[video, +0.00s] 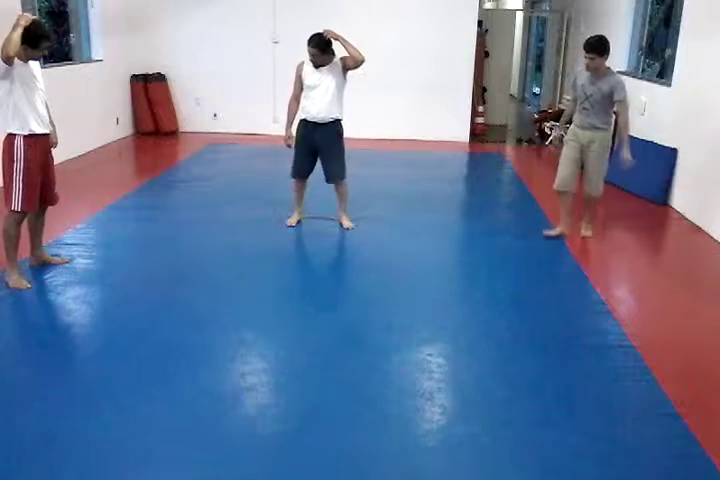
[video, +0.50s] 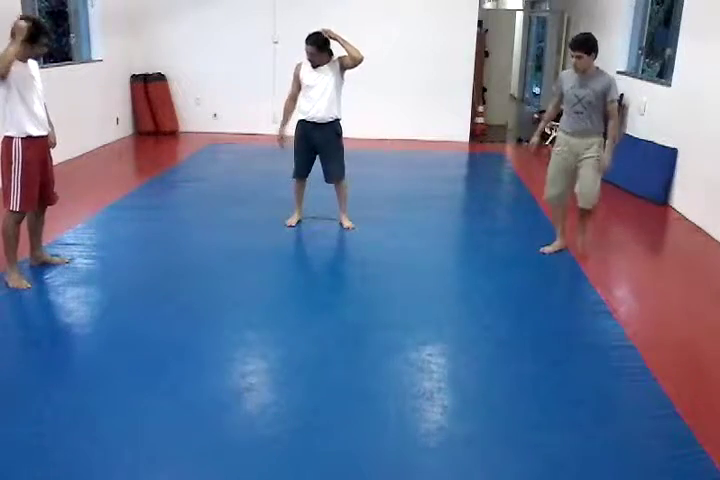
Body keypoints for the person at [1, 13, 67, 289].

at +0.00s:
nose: (37, 58)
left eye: (40, 55)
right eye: (35, 53)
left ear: (39, 48)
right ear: (23, 45)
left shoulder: (33, 63)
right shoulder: (7, 64)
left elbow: (41, 99)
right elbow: (8, 54)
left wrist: (51, 129)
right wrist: (18, 26)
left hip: (40, 136)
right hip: (19, 138)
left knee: (41, 202)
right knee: (18, 207)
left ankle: (38, 252)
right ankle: (11, 268)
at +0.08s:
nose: (37, 58)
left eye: (40, 55)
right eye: (35, 54)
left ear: (39, 49)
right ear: (23, 45)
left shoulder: (33, 62)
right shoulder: (7, 63)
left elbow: (41, 98)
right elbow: (7, 54)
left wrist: (51, 129)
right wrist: (19, 25)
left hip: (40, 136)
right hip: (18, 137)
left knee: (41, 202)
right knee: (18, 207)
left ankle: (38, 253)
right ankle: (11, 268)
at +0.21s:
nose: (37, 58)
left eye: (40, 55)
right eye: (35, 54)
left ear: (38, 49)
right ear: (23, 45)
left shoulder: (33, 62)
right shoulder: (6, 63)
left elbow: (41, 98)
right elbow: (7, 54)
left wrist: (50, 129)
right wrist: (19, 25)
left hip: (40, 135)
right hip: (18, 137)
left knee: (40, 202)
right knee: (18, 207)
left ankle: (37, 253)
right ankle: (11, 268)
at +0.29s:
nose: (36, 58)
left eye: (39, 55)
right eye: (35, 54)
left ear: (38, 49)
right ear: (23, 44)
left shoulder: (33, 62)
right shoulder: (6, 63)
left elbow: (41, 98)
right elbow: (7, 56)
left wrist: (50, 129)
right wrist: (17, 26)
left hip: (39, 136)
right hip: (17, 138)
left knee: (41, 202)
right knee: (18, 208)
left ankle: (38, 252)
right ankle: (11, 268)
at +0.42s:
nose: (36, 57)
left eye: (39, 54)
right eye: (34, 53)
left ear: (40, 47)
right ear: (21, 43)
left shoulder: (32, 61)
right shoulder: (7, 62)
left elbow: (39, 98)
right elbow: (6, 64)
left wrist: (49, 128)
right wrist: (15, 31)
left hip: (39, 136)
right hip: (16, 138)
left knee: (40, 201)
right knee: (17, 208)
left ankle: (37, 252)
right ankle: (11, 269)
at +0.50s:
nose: (37, 56)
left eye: (40, 53)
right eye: (36, 51)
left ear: (38, 47)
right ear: (23, 42)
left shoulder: (31, 63)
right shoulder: (6, 63)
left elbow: (39, 99)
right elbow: (3, 73)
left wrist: (49, 129)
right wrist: (15, 42)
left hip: (39, 137)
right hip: (16, 139)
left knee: (40, 202)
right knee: (16, 208)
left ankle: (37, 252)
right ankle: (11, 268)